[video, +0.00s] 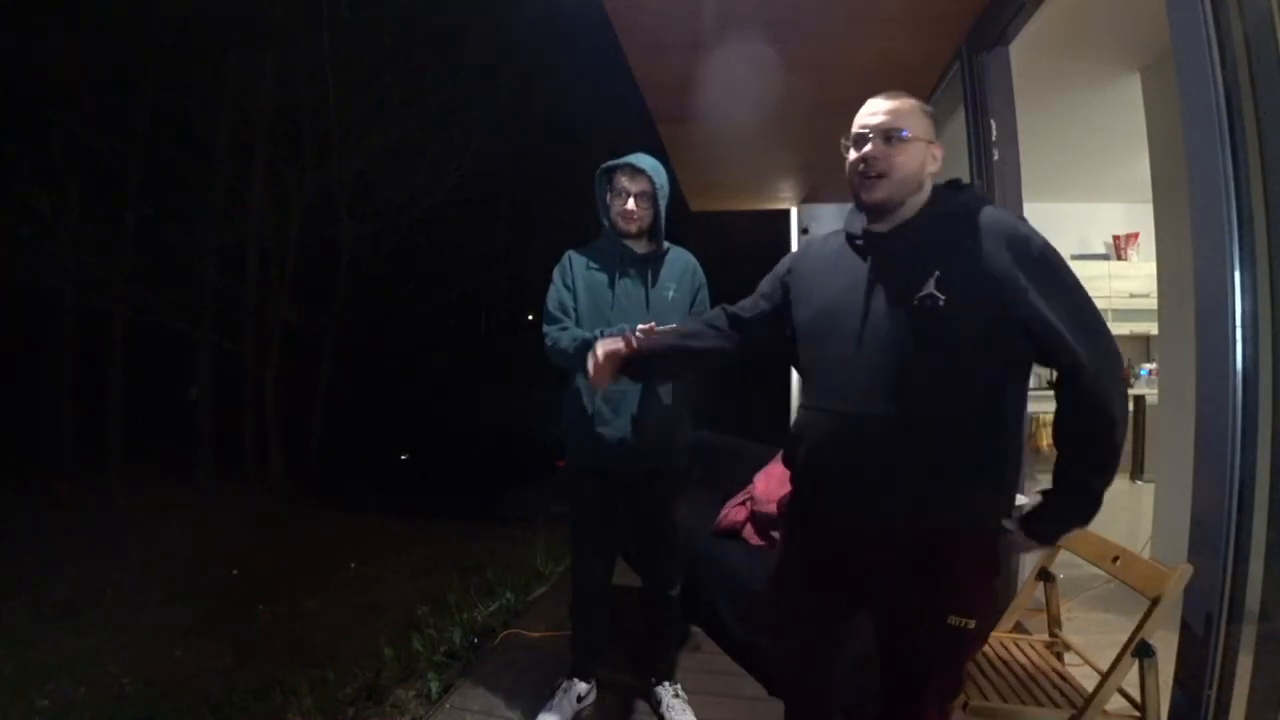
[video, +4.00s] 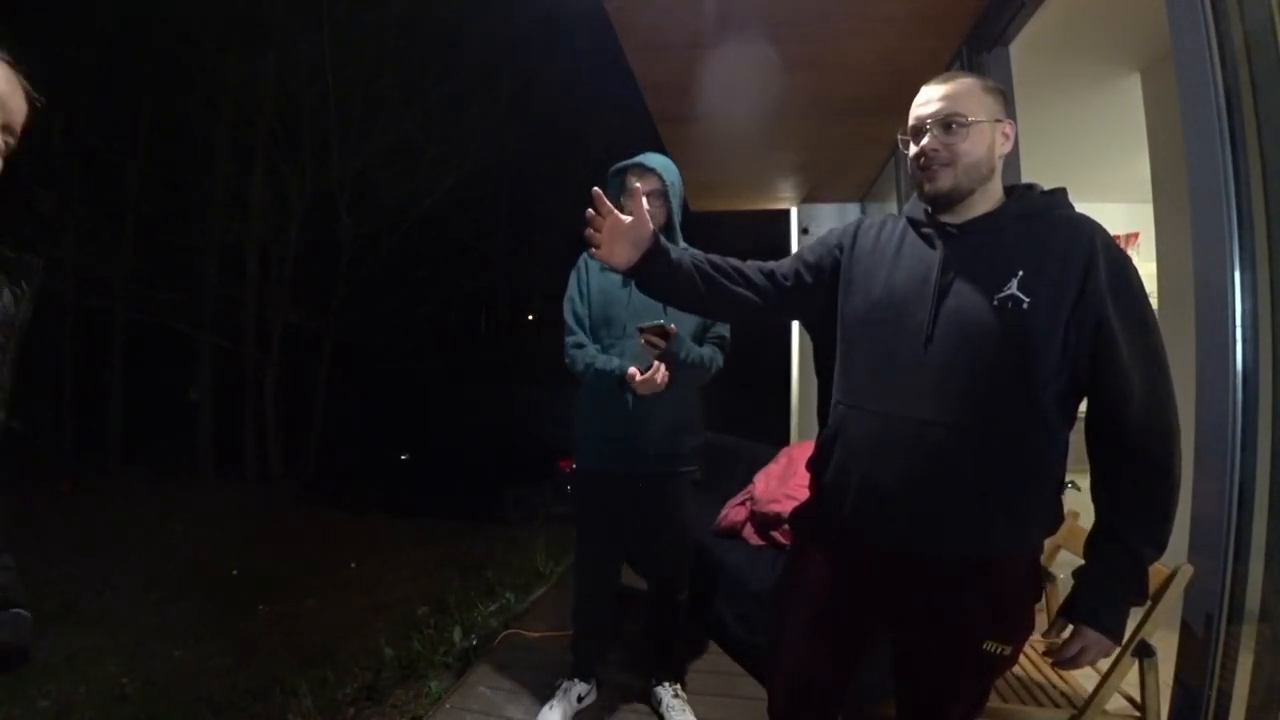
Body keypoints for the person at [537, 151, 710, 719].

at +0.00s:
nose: (630, 206)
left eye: (641, 197)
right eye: (621, 196)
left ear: (658, 203)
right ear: (606, 203)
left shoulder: (684, 268)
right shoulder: (576, 266)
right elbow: (554, 340)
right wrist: (614, 342)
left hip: (660, 443)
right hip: (593, 443)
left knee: (663, 565)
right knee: (590, 564)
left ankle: (663, 679)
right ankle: (582, 679)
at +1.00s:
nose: (616, 207)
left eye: (628, 197)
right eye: (606, 196)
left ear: (645, 203)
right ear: (588, 201)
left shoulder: (669, 266)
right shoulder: (564, 267)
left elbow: (691, 356)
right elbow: (546, 346)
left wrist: (661, 347)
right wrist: (610, 339)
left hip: (651, 446)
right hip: (585, 445)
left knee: (661, 567)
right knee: (585, 566)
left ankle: (662, 679)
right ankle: (581, 678)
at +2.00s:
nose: (629, 206)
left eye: (640, 197)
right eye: (618, 195)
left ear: (656, 203)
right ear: (601, 199)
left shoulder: (678, 264)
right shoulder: (573, 264)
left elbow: (700, 355)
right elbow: (557, 346)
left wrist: (674, 348)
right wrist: (620, 340)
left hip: (659, 441)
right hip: (592, 440)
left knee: (662, 562)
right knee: (589, 561)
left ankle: (663, 679)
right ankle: (581, 678)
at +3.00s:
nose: (632, 207)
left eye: (642, 197)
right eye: (621, 196)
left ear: (655, 204)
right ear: (599, 203)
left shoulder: (679, 269)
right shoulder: (574, 265)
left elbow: (698, 356)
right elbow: (554, 346)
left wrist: (663, 353)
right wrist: (611, 348)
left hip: (654, 444)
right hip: (587, 442)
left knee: (657, 563)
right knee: (584, 562)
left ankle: (661, 679)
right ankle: (580, 679)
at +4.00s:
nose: (644, 206)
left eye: (656, 196)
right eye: (634, 195)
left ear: (674, 202)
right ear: (616, 202)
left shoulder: (698, 271)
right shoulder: (591, 266)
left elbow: (714, 356)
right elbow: (575, 349)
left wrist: (678, 351)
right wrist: (626, 370)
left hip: (671, 448)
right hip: (604, 445)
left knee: (671, 568)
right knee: (594, 565)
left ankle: (665, 678)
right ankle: (582, 677)